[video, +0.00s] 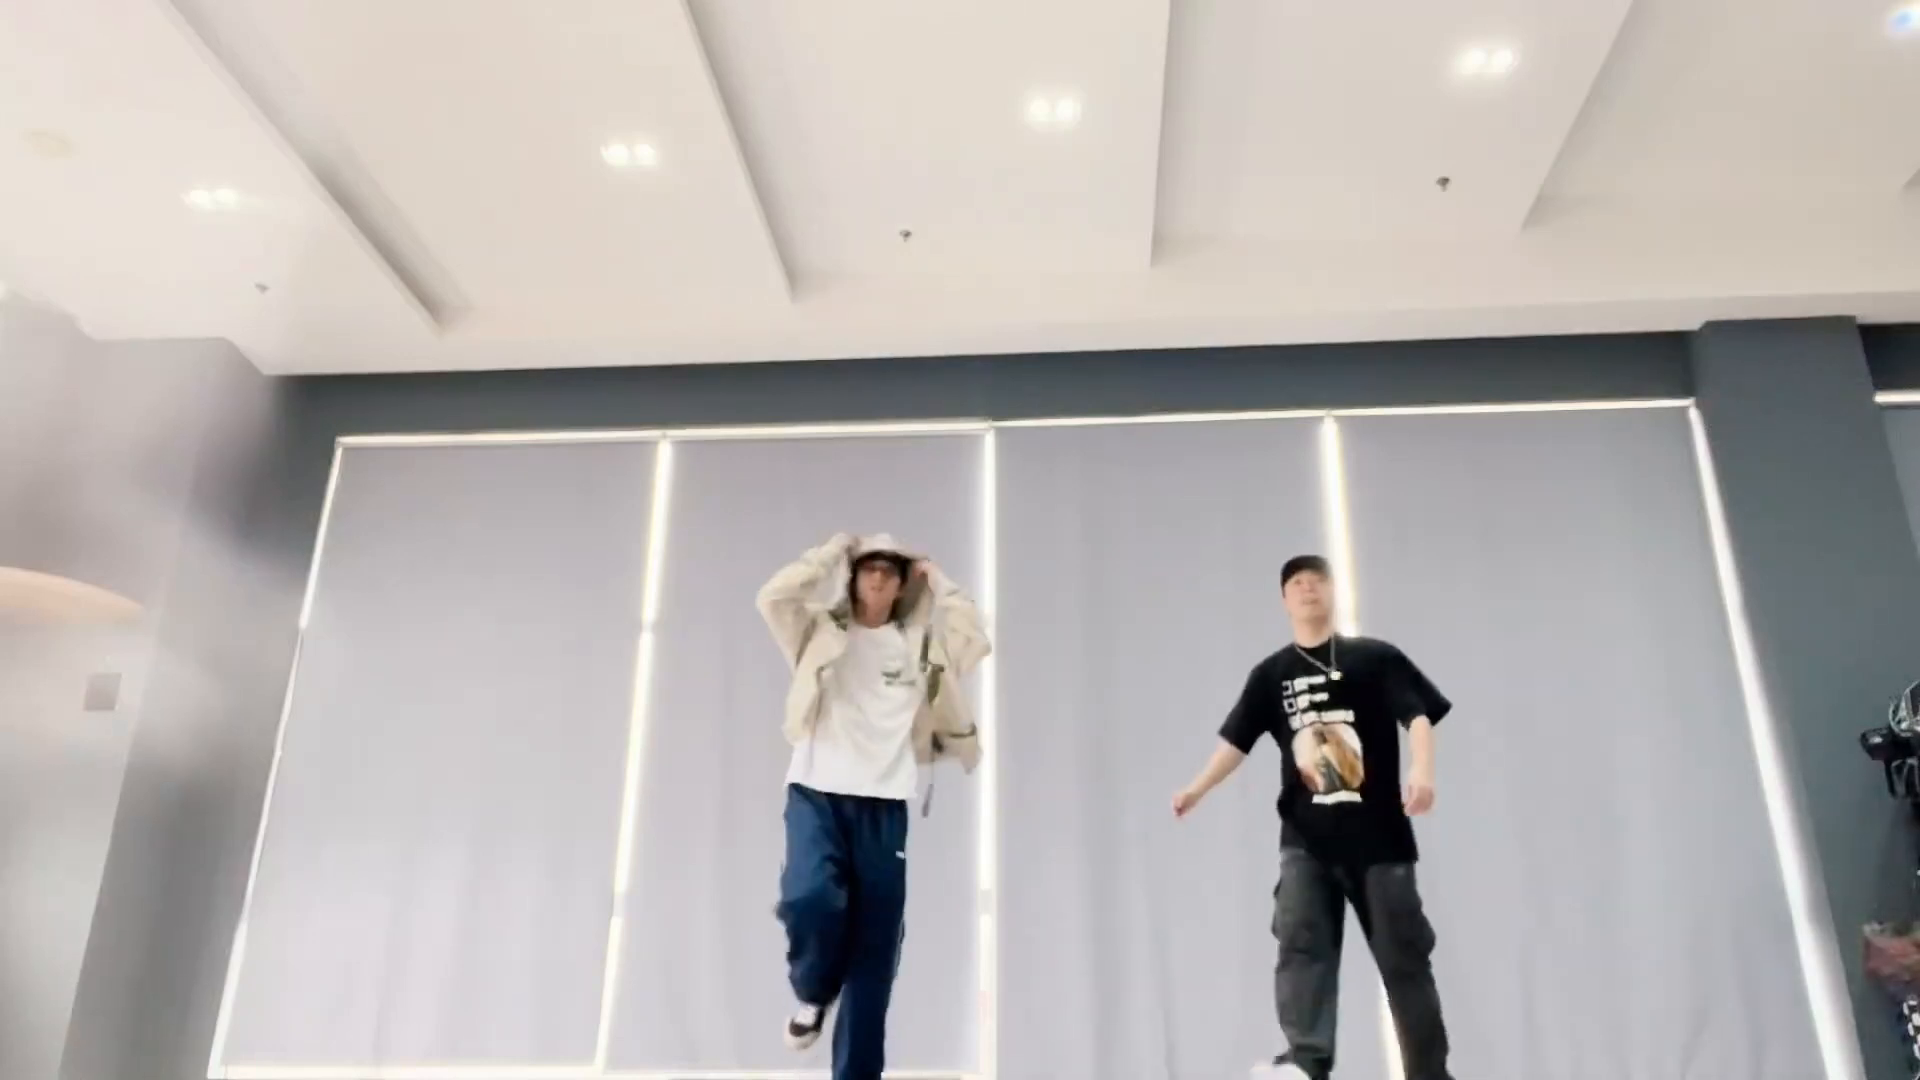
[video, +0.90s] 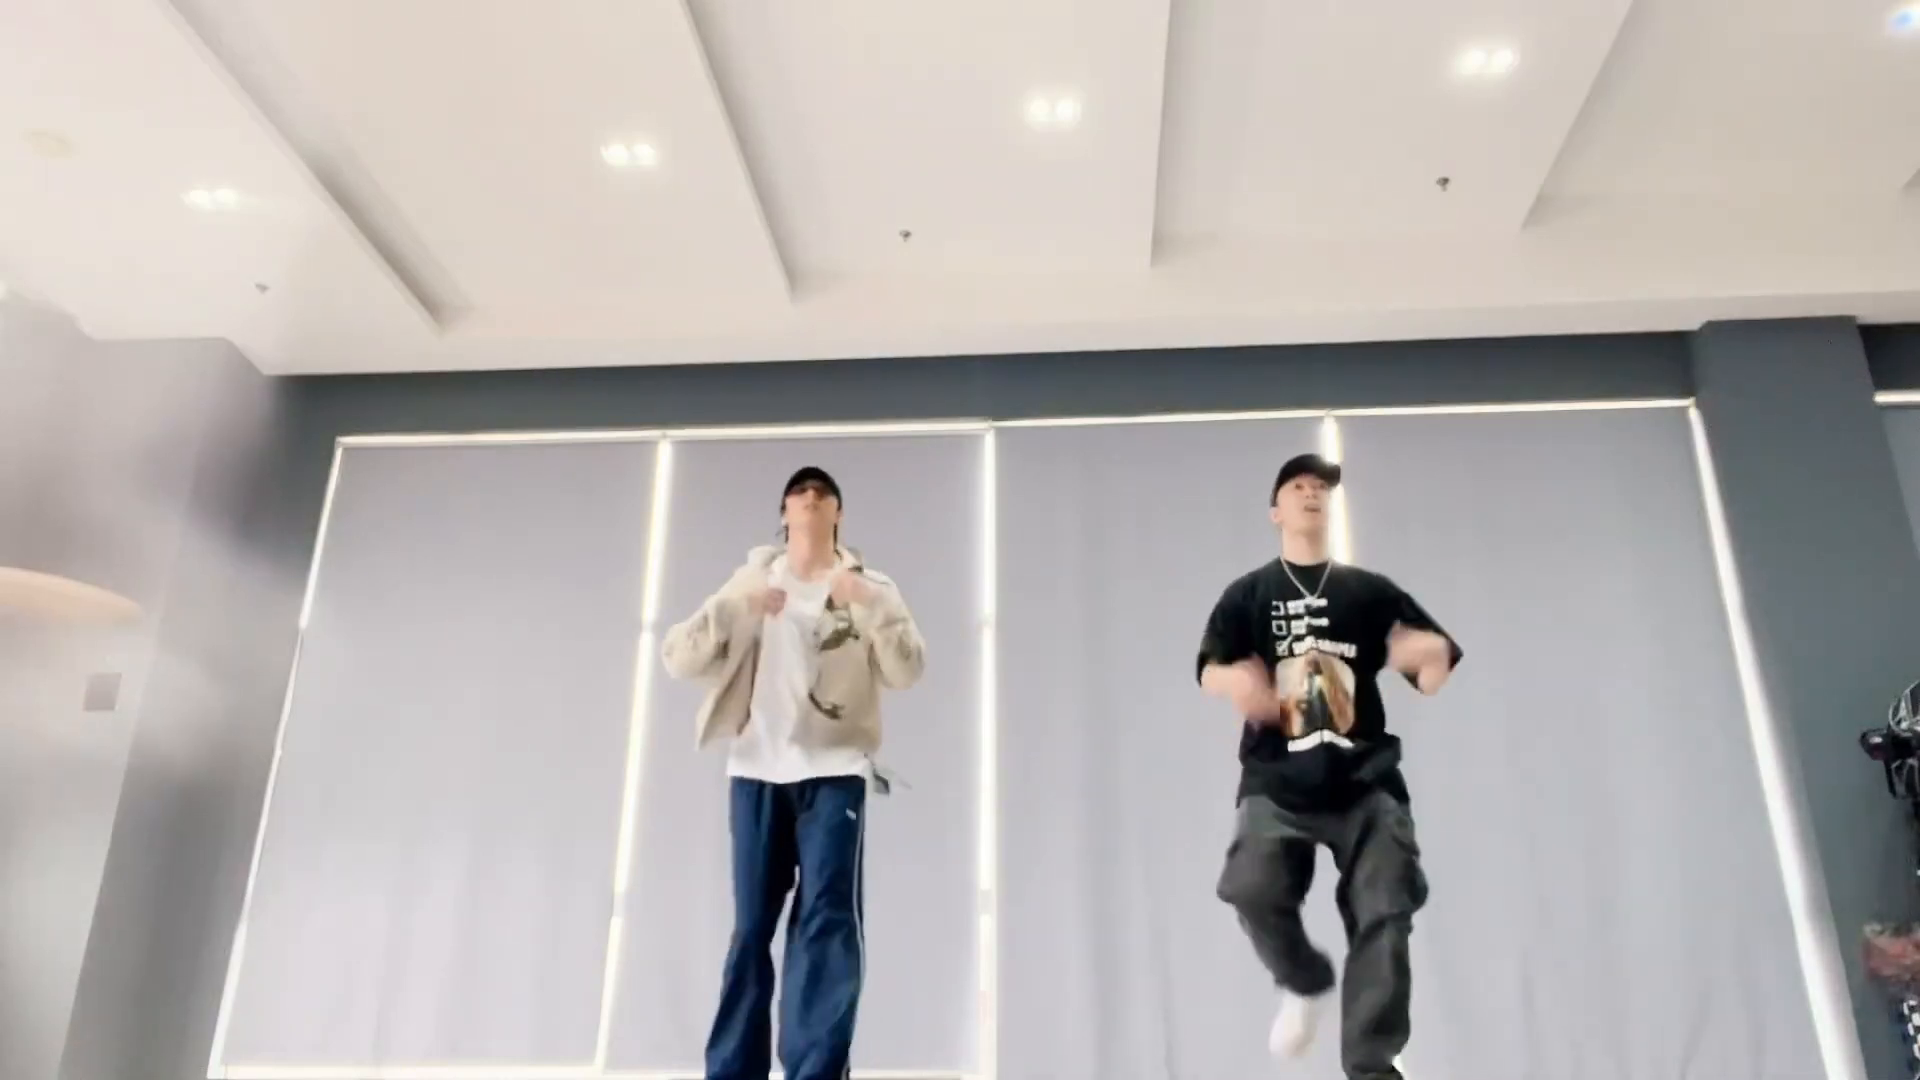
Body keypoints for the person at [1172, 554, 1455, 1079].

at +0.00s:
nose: (1309, 589)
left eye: (1317, 580)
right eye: (1297, 584)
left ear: (1333, 592)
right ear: (1285, 601)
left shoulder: (1376, 658)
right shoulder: (1270, 675)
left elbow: (1418, 717)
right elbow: (1236, 741)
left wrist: (1421, 774)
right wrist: (1197, 788)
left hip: (1378, 833)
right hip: (1308, 838)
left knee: (1402, 953)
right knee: (1300, 943)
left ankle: (1429, 1072)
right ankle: (1306, 1061)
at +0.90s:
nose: (1311, 496)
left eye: (1320, 490)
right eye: (1298, 489)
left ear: (1333, 509)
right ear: (1276, 510)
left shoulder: (1372, 591)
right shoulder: (1247, 595)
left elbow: (1435, 660)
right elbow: (1211, 670)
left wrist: (1427, 654)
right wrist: (1244, 682)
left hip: (1364, 777)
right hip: (1277, 781)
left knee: (1385, 909)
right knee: (1252, 888)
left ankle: (1373, 1063)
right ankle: (1305, 984)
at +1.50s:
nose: (1359, 499)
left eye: (1368, 494)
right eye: (1346, 486)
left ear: (1370, 517)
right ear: (1310, 496)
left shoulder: (1356, 599)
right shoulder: (1263, 545)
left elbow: (1375, 693)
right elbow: (1192, 595)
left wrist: (1391, 651)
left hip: (1312, 761)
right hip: (1242, 747)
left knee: (1375, 897)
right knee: (1257, 868)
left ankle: (1376, 1060)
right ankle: (1264, 1051)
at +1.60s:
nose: (1372, 547)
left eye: (1381, 541)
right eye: (1360, 532)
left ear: (1381, 558)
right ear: (1323, 534)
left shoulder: (1356, 637)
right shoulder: (1274, 554)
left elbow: (1441, 656)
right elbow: (1219, 480)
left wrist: (1530, 630)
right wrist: (1278, 412)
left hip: (1282, 797)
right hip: (1223, 766)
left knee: (1374, 908)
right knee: (1209, 893)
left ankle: (1378, 1074)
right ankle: (1091, 1056)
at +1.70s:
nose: (1365, 576)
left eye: (1372, 570)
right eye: (1351, 564)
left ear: (1376, 588)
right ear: (1323, 570)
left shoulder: (1360, 667)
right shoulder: (1290, 587)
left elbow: (1447, 656)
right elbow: (1274, 488)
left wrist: (1531, 613)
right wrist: (1289, 389)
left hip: (1274, 831)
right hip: (1215, 802)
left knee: (1370, 912)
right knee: (1159, 932)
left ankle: (1375, 1068)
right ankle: (1019, 1041)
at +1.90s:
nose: (1323, 484)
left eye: (1334, 477)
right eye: (1309, 476)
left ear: (1348, 497)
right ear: (1287, 495)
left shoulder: (1369, 597)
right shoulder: (1256, 561)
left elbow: (1362, 692)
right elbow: (1218, 664)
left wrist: (1348, 690)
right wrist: (1282, 654)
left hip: (1344, 761)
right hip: (1263, 740)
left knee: (1400, 910)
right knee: (1262, 871)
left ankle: (1385, 1071)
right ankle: (1185, 1020)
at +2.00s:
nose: (1276, 488)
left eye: (1289, 477)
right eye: (1261, 480)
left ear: (1308, 491)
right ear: (1246, 500)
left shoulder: (1359, 561)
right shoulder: (1234, 594)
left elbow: (1433, 624)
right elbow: (1227, 707)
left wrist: (1333, 603)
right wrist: (1270, 671)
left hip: (1380, 760)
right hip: (1292, 770)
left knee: (1419, 907)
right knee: (1311, 911)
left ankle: (1397, 1065)